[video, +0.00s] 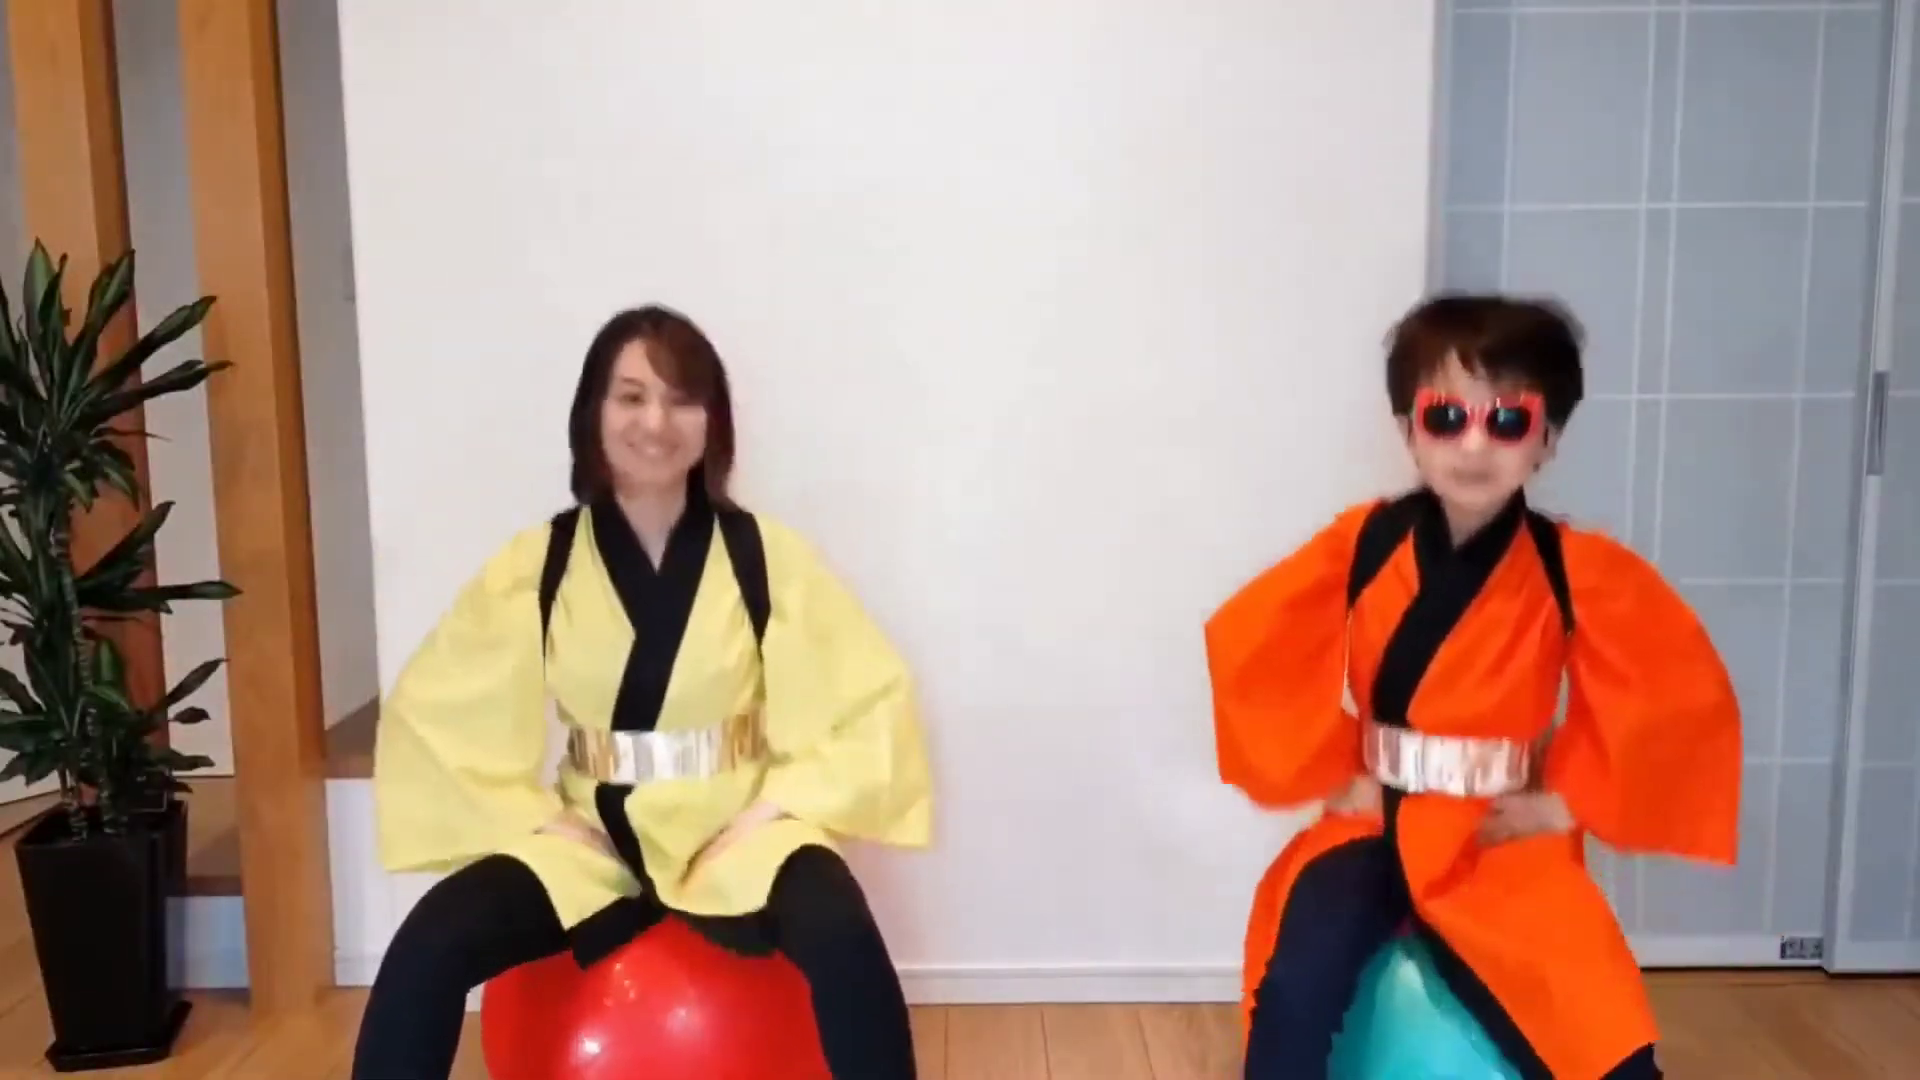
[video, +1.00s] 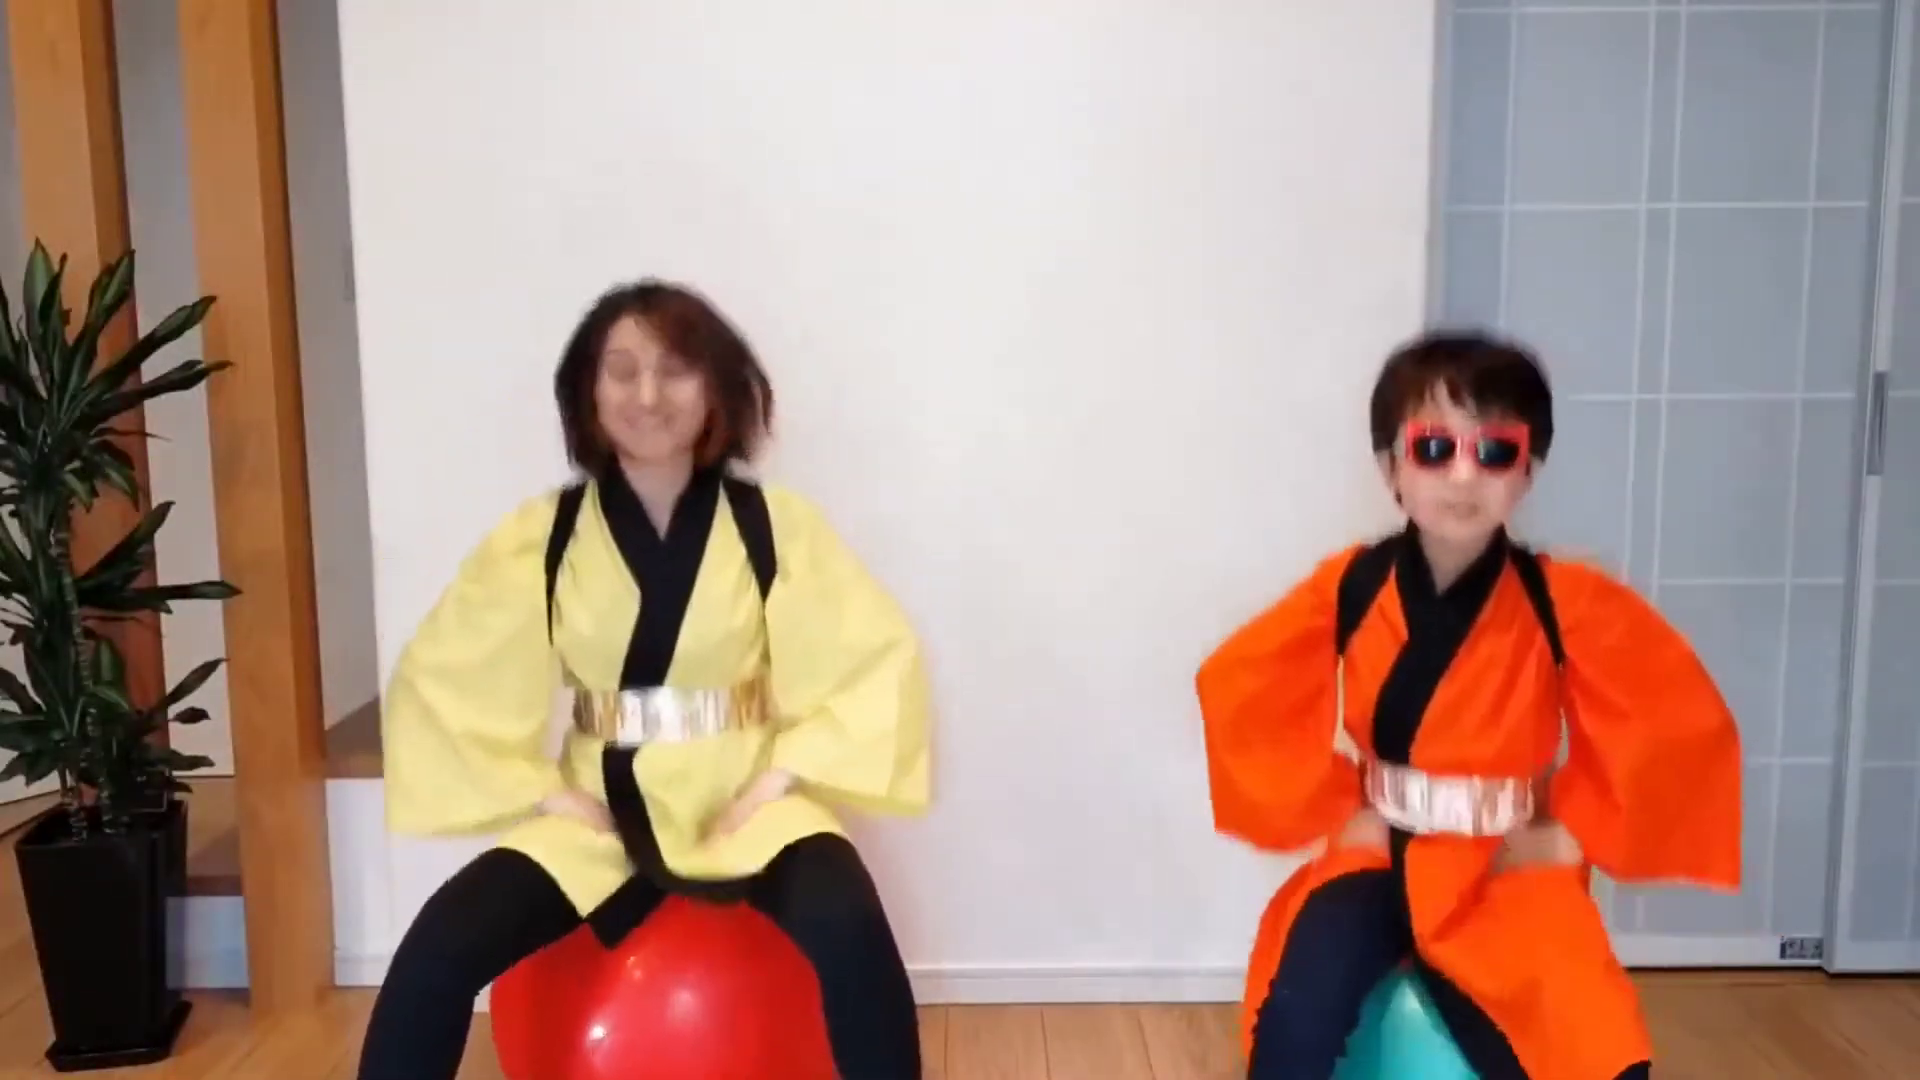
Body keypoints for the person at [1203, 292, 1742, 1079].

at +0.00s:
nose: (1473, 441)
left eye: (1508, 418)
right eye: (1444, 415)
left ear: (1547, 443)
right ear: (1406, 431)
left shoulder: (1574, 567)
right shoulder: (1363, 543)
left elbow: (1685, 700)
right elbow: (1247, 646)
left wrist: (1566, 802)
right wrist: (1334, 772)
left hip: (1505, 840)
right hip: (1369, 827)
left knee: (1606, 1029)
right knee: (1296, 982)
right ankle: (1280, 1069)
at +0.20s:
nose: (1471, 491)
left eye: (1504, 467)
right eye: (1443, 463)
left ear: (1539, 488)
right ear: (1402, 476)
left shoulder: (1568, 606)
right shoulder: (1361, 587)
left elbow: (1680, 726)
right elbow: (1237, 684)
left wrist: (1567, 830)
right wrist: (1332, 804)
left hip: (1508, 862)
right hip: (1375, 851)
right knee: (1319, 944)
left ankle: (1620, 1068)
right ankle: (1284, 1068)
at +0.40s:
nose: (1480, 535)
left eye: (1509, 513)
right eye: (1447, 510)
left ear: (1537, 537)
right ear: (1400, 534)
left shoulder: (1566, 664)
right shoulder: (1360, 646)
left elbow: (1691, 788)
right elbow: (1239, 741)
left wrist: (1568, 878)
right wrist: (1336, 848)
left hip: (1511, 912)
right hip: (1377, 898)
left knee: (1612, 1052)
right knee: (1302, 996)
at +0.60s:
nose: (1476, 426)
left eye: (1509, 402)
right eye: (1445, 400)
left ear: (1542, 415)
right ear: (1402, 416)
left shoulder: (1573, 540)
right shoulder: (1363, 527)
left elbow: (1691, 663)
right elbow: (1238, 629)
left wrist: (1583, 776)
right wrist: (1338, 747)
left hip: (1515, 821)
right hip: (1381, 810)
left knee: (1613, 1026)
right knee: (1300, 969)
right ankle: (1281, 1067)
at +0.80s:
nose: (1469, 556)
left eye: (1500, 534)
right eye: (1439, 532)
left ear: (1531, 548)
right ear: (1395, 545)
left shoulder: (1563, 669)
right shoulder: (1358, 653)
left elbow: (1677, 785)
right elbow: (1236, 747)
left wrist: (1573, 879)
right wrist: (1337, 846)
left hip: (1508, 917)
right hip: (1374, 904)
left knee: (1605, 1039)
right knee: (1320, 968)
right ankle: (1275, 1068)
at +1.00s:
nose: (1464, 473)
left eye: (1497, 450)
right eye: (1434, 446)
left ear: (1529, 474)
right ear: (1392, 470)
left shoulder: (1564, 601)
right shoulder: (1354, 585)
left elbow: (1687, 728)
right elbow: (1234, 687)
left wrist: (1572, 835)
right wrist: (1336, 813)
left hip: (1514, 871)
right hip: (1375, 859)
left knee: (1599, 1046)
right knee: (1301, 1006)